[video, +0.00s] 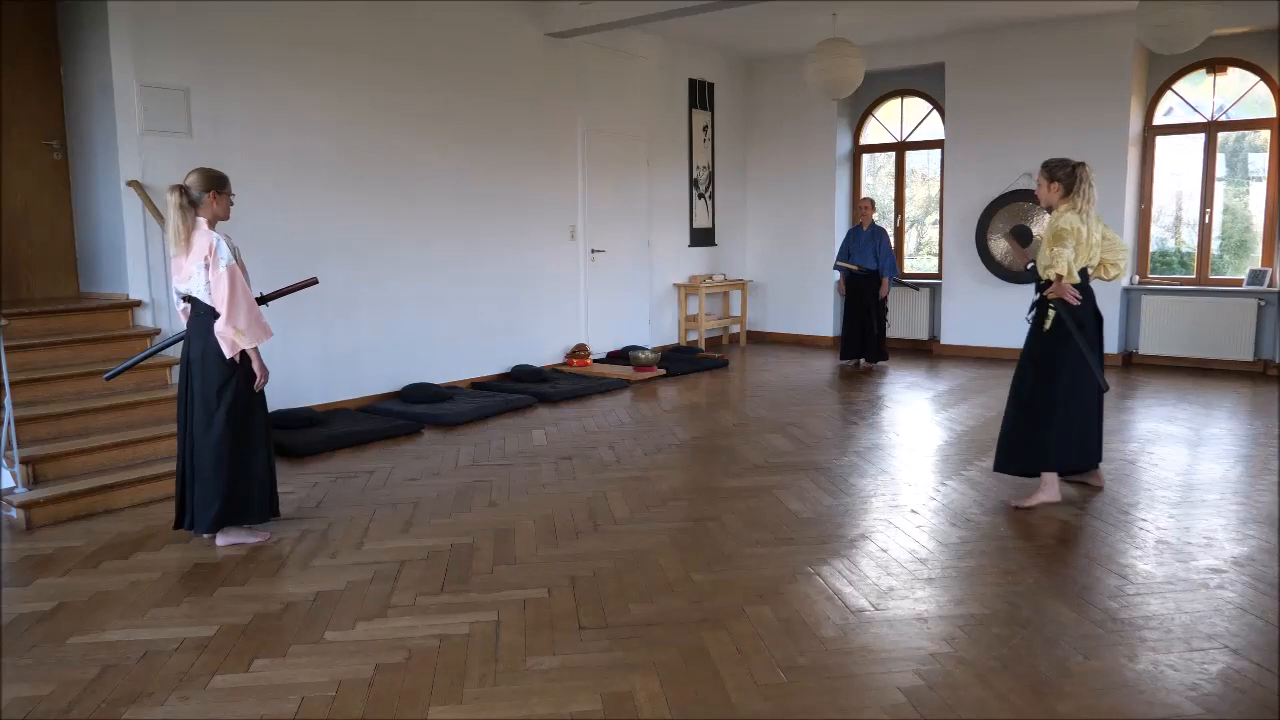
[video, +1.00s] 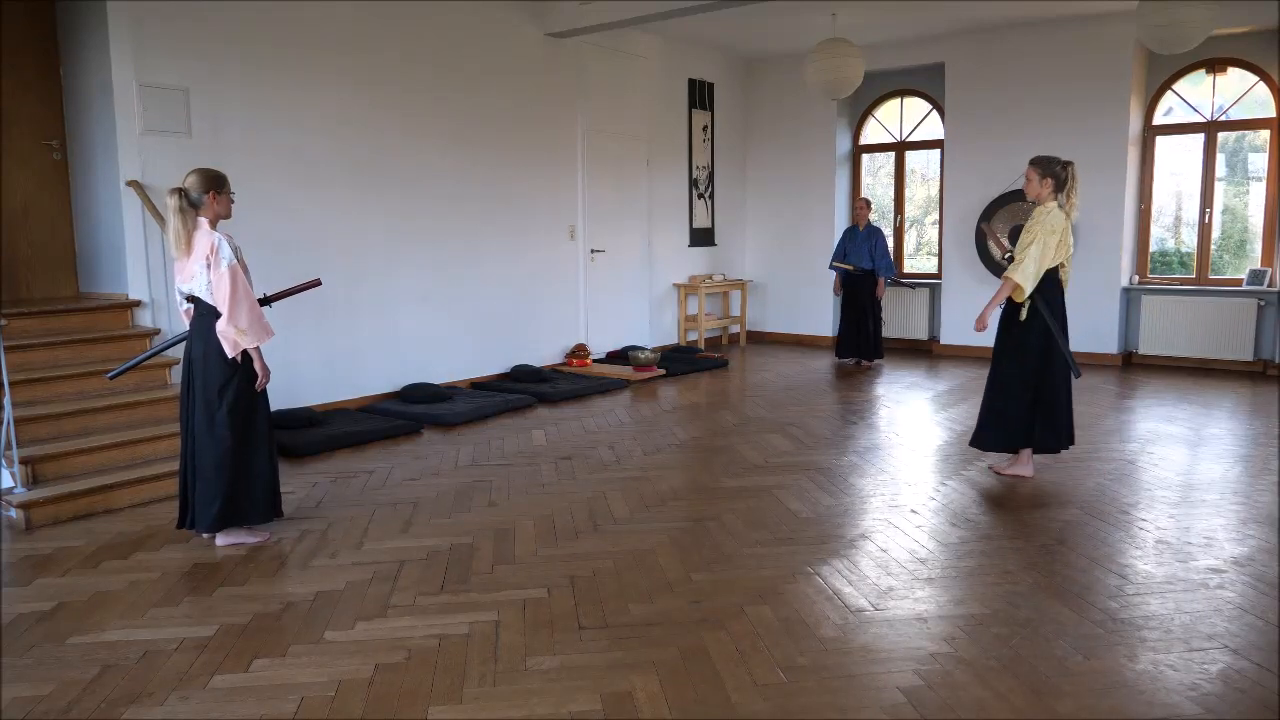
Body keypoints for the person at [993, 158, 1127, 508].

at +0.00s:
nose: (1037, 192)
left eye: (1040, 186)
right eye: (1038, 186)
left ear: (1057, 188)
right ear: (1069, 189)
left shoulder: (1061, 220)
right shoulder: (1091, 220)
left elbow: (1059, 256)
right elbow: (1116, 260)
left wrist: (1056, 281)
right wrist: (1083, 271)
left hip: (1058, 314)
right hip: (1086, 312)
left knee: (1044, 394)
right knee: (1083, 390)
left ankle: (1049, 484)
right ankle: (1091, 468)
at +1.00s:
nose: (1024, 185)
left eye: (1028, 180)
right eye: (1025, 179)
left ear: (1047, 184)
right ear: (1048, 184)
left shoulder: (1046, 217)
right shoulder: (1056, 214)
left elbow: (1023, 266)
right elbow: (1046, 263)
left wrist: (989, 308)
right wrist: (1013, 255)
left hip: (1034, 303)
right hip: (1045, 301)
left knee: (1026, 376)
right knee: (1030, 375)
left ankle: (1024, 459)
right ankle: (1022, 454)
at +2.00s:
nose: (1015, 183)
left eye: (1019, 178)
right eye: (1017, 177)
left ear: (1033, 182)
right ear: (1038, 183)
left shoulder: (1033, 218)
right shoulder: (1050, 215)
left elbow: (1019, 269)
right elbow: (1021, 257)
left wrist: (999, 308)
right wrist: (989, 244)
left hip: (1027, 302)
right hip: (1041, 299)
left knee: (1024, 376)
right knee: (1033, 375)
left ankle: (1025, 459)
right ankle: (1027, 454)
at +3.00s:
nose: (1012, 185)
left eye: (1016, 179)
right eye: (1013, 179)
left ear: (1031, 182)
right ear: (1035, 182)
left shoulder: (1032, 217)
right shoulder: (1048, 214)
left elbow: (1021, 268)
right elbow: (1016, 254)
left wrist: (1001, 308)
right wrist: (987, 243)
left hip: (1028, 301)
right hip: (1041, 298)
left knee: (1025, 376)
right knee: (1033, 376)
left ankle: (1025, 459)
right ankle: (1025, 455)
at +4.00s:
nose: (1001, 185)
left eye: (1005, 181)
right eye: (1002, 180)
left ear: (1021, 183)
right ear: (1026, 183)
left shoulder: (1022, 217)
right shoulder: (1038, 215)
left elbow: (1011, 267)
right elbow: (1011, 258)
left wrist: (991, 307)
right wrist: (980, 246)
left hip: (1018, 301)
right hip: (1031, 297)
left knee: (1017, 375)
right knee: (1024, 375)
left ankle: (1019, 458)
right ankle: (1019, 455)